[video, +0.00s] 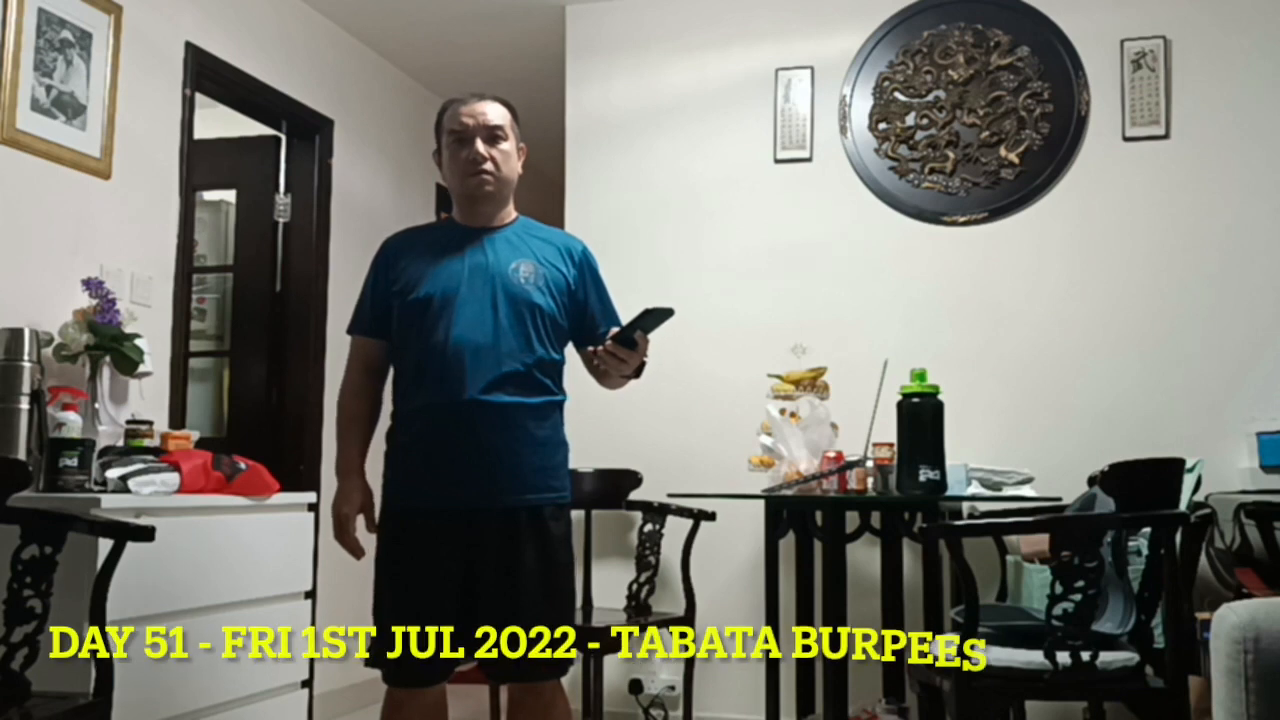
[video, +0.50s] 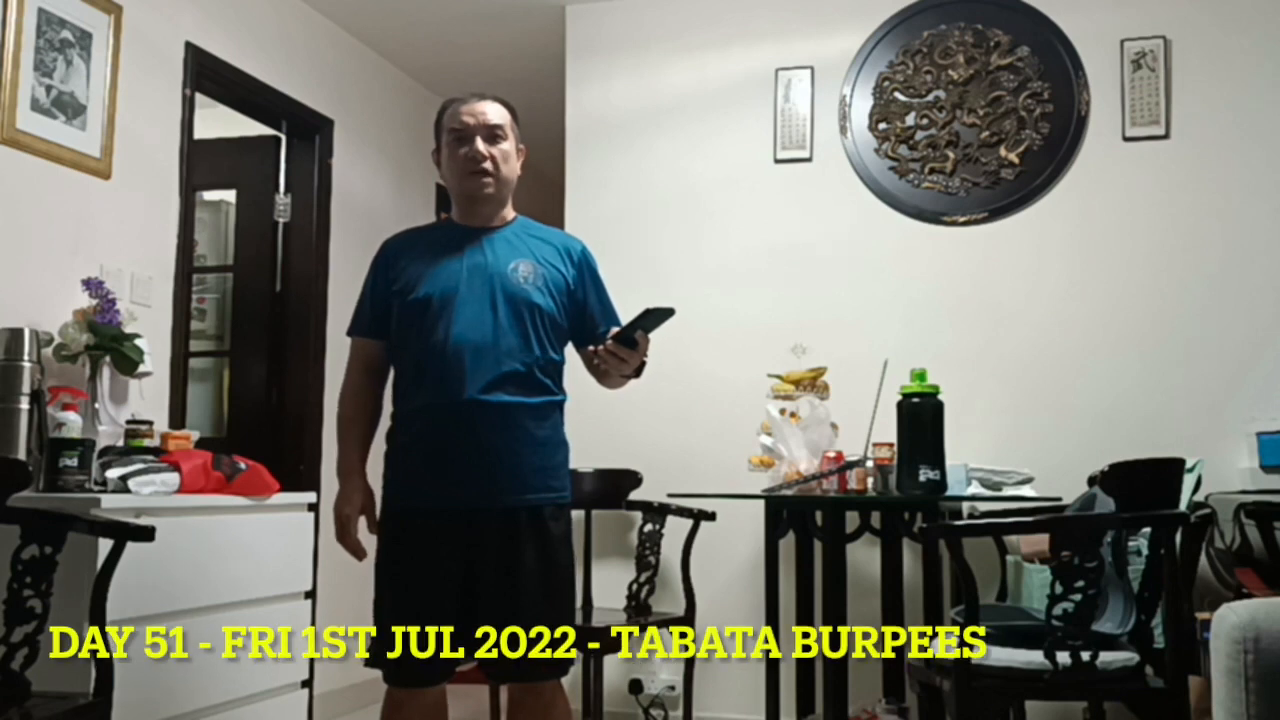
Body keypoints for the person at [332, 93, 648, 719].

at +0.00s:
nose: (477, 148)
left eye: (493, 136)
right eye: (460, 139)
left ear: (521, 158)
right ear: (439, 162)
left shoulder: (565, 252)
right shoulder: (401, 253)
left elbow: (605, 363)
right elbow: (364, 371)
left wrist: (622, 365)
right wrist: (350, 473)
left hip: (529, 497)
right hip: (421, 496)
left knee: (536, 681)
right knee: (411, 682)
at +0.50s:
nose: (478, 147)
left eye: (493, 135)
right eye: (460, 138)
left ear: (520, 158)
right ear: (439, 162)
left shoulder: (565, 253)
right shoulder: (401, 254)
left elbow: (606, 363)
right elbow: (365, 372)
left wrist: (622, 364)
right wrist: (351, 474)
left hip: (529, 497)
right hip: (422, 497)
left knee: (536, 681)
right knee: (412, 682)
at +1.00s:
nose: (476, 146)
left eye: (492, 134)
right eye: (459, 137)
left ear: (519, 158)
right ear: (437, 161)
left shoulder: (564, 253)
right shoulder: (400, 255)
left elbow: (604, 363)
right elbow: (365, 373)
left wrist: (622, 364)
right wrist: (351, 475)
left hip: (528, 496)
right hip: (421, 496)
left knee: (536, 681)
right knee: (411, 682)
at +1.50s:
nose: (477, 146)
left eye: (492, 135)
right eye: (459, 137)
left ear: (519, 158)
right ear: (437, 162)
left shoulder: (563, 253)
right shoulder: (399, 255)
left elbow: (604, 361)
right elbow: (364, 374)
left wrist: (622, 363)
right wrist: (351, 475)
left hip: (529, 496)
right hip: (421, 496)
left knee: (536, 680)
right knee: (412, 681)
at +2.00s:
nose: (478, 146)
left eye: (494, 135)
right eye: (460, 137)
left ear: (519, 159)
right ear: (438, 162)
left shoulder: (563, 253)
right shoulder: (400, 256)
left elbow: (603, 362)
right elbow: (365, 374)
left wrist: (622, 362)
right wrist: (352, 475)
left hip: (528, 496)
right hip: (422, 495)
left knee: (536, 680)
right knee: (412, 681)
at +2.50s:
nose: (478, 146)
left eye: (494, 135)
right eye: (460, 137)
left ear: (519, 159)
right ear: (438, 162)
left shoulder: (563, 253)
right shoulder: (400, 256)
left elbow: (603, 363)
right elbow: (365, 375)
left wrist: (622, 362)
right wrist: (352, 476)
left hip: (528, 496)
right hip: (422, 496)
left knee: (536, 680)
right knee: (412, 681)